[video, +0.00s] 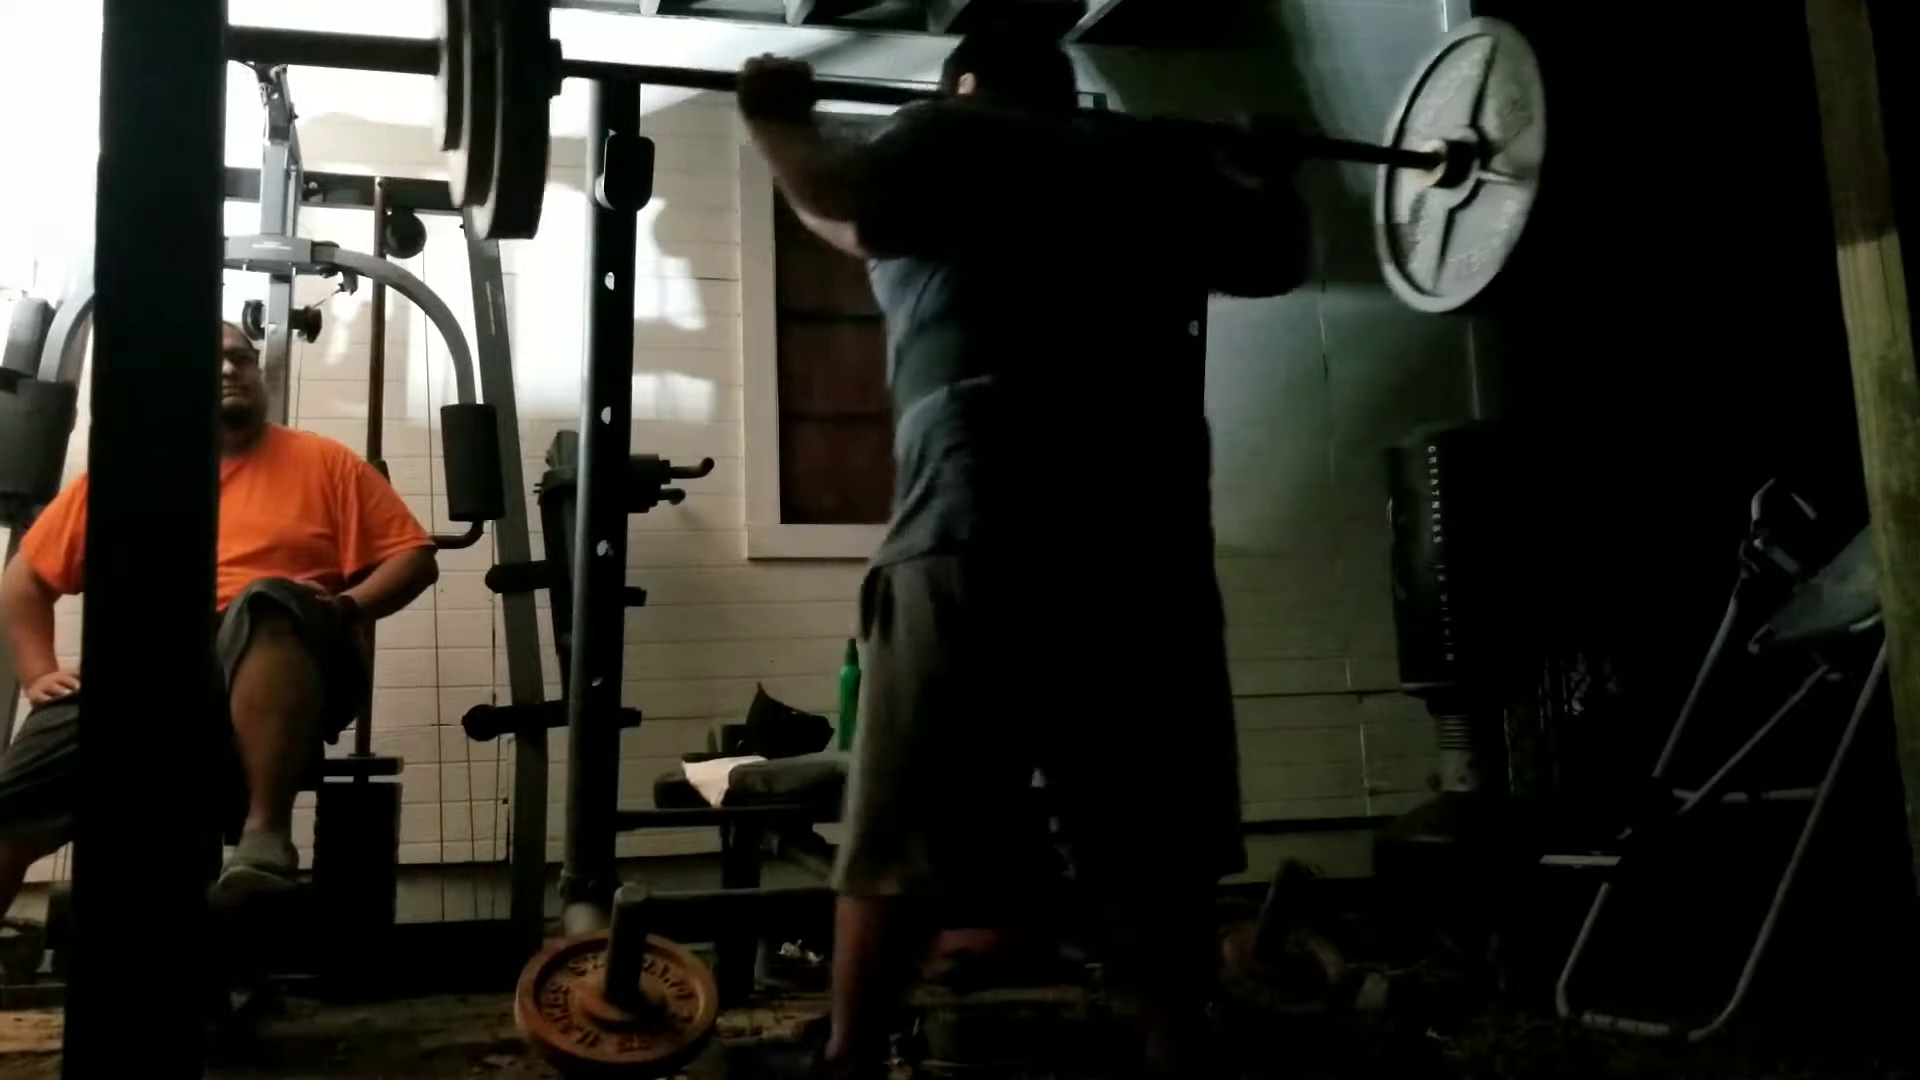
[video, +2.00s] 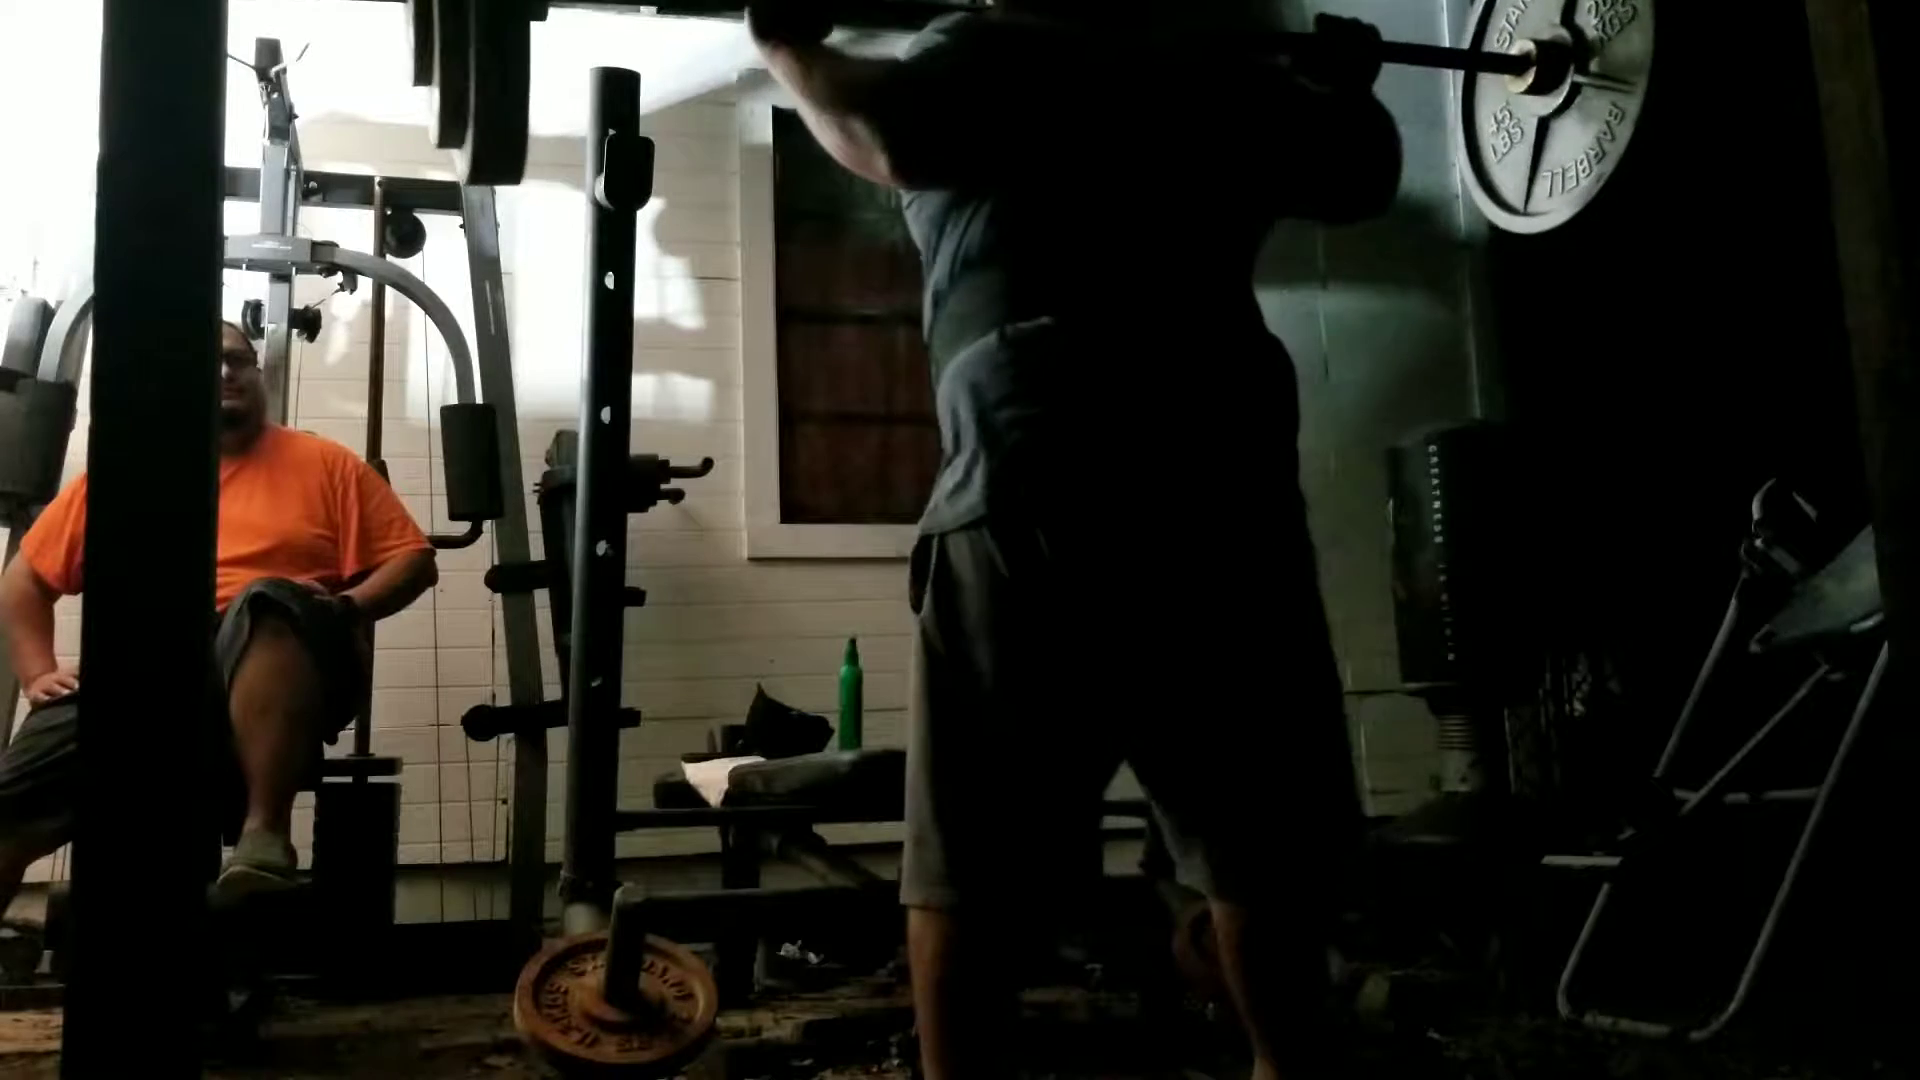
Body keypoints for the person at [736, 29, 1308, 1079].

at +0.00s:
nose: (945, 96)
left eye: (949, 82)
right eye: (952, 84)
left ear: (967, 83)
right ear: (1067, 87)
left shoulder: (935, 140)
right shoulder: (1164, 162)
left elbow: (842, 199)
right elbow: (1281, 259)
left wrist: (774, 116)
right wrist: (1267, 163)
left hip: (967, 539)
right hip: (1148, 537)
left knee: (892, 831)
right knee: (1158, 833)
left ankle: (850, 1059)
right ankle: (1179, 1059)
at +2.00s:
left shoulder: (968, 51)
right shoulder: (1220, 75)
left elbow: (889, 143)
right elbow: (1364, 169)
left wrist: (783, 42)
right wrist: (1342, 78)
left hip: (1024, 486)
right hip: (1226, 483)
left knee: (968, 847)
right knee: (1261, 834)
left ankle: (955, 1063)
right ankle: (1289, 1060)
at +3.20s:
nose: (977, 165)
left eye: (975, 150)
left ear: (980, 151)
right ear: (1107, 147)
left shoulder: (950, 215)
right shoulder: (1200, 220)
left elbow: (847, 288)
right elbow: (1346, 300)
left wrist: (768, 204)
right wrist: (1324, 204)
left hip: (1036, 563)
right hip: (1248, 559)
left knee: (904, 846)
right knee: (1237, 836)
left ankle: (935, 1062)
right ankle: (1281, 1058)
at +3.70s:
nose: (978, 327)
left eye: (982, 312)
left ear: (992, 320)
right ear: (1112, 314)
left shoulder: (960, 389)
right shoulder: (1212, 380)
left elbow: (849, 467)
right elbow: (1374, 463)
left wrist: (784, 392)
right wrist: (1340, 375)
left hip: (1060, 731)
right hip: (1289, 715)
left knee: (876, 845)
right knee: (1275, 884)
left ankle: (928, 1062)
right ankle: (1291, 1060)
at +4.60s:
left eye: (949, 200)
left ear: (960, 201)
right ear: (1091, 197)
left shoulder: (938, 259)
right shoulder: (1182, 252)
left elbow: (830, 309)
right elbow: (1346, 324)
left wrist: (767, 242)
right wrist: (1291, 231)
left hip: (1046, 573)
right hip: (1258, 565)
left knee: (889, 857)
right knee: (1250, 829)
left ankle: (930, 1059)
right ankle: (1280, 1057)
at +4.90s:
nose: (952, 46)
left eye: (957, 33)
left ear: (966, 43)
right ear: (1085, 38)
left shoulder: (937, 114)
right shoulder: (1182, 119)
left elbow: (834, 179)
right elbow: (1339, 197)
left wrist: (760, 102)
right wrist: (1296, 104)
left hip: (1008, 516)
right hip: (1209, 512)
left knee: (916, 845)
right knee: (1241, 833)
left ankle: (936, 1062)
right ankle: (1277, 1060)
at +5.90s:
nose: (954, 189)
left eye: (958, 174)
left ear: (968, 176)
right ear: (1092, 176)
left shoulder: (939, 239)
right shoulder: (1181, 243)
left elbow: (842, 315)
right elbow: (1336, 324)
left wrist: (769, 227)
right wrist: (1295, 231)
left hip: (1042, 566)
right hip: (1250, 559)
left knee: (888, 848)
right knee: (1235, 840)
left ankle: (935, 1060)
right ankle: (1280, 1054)